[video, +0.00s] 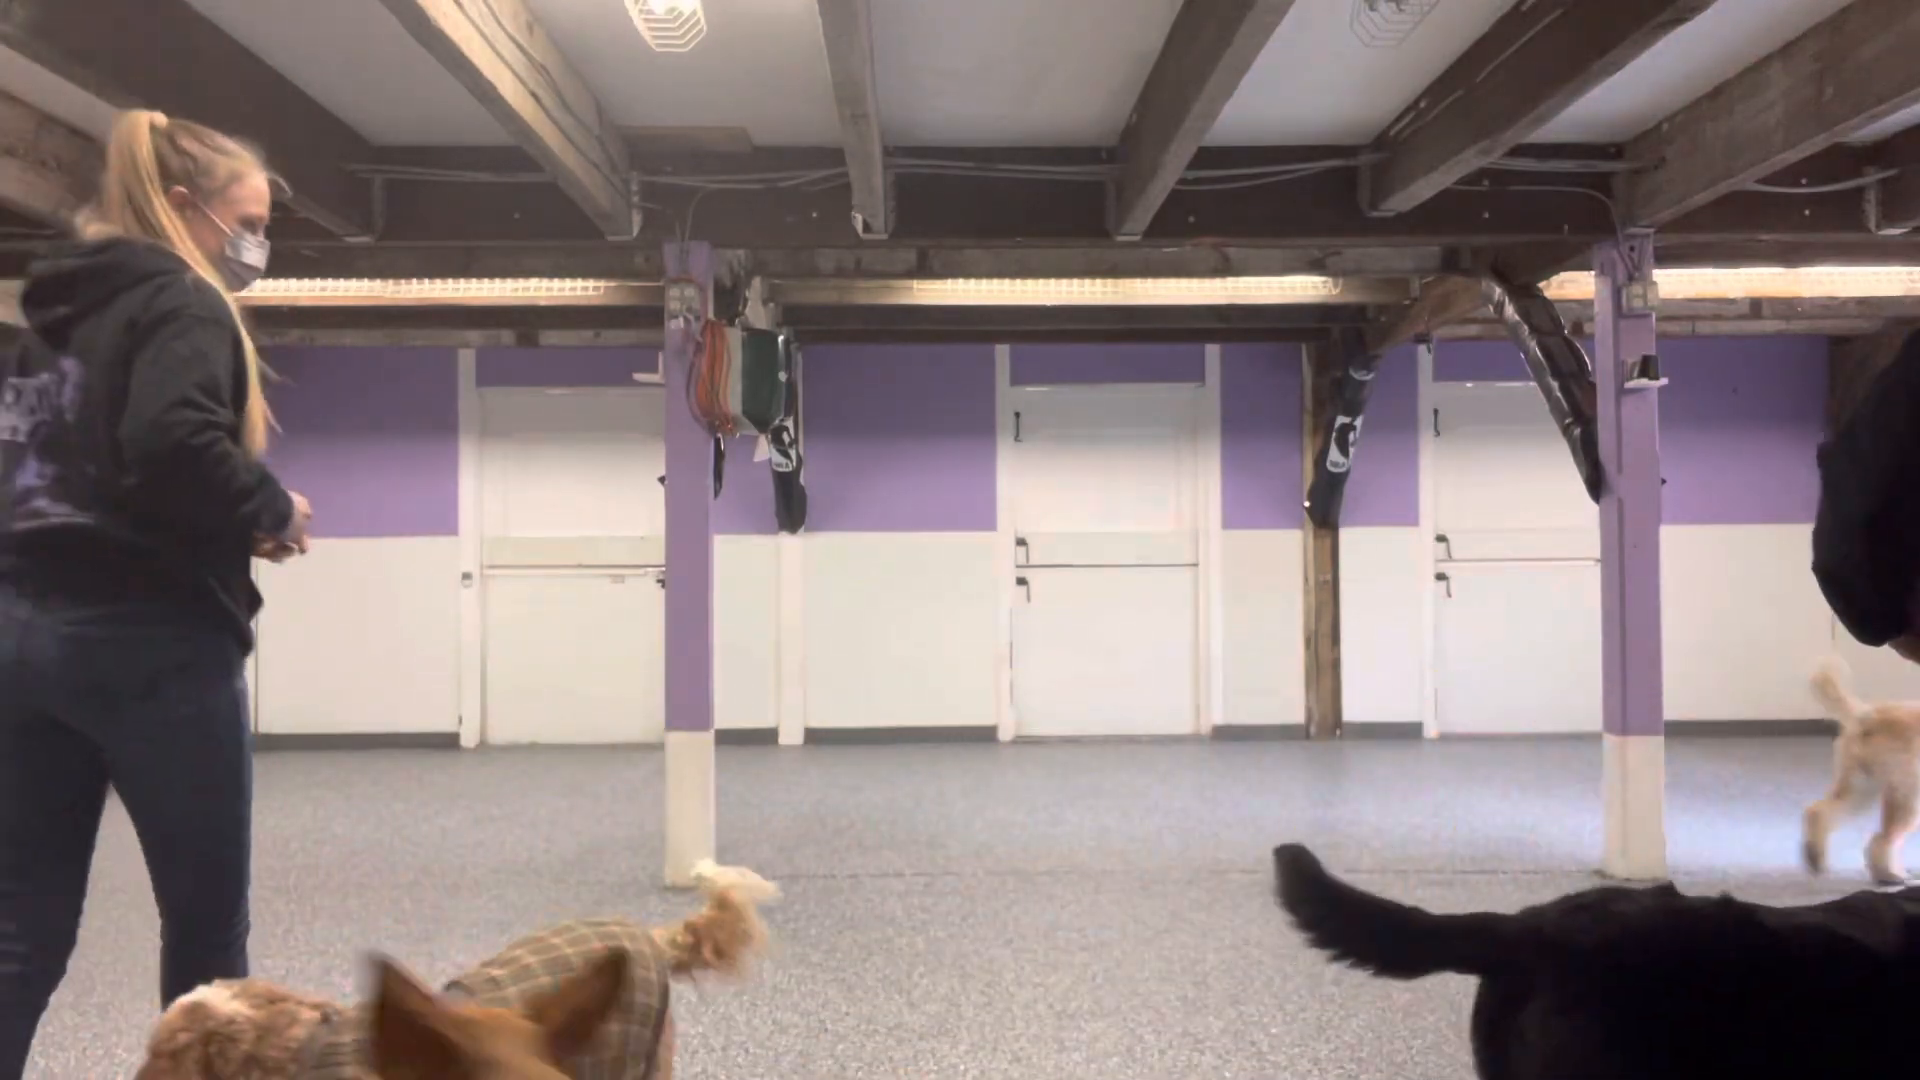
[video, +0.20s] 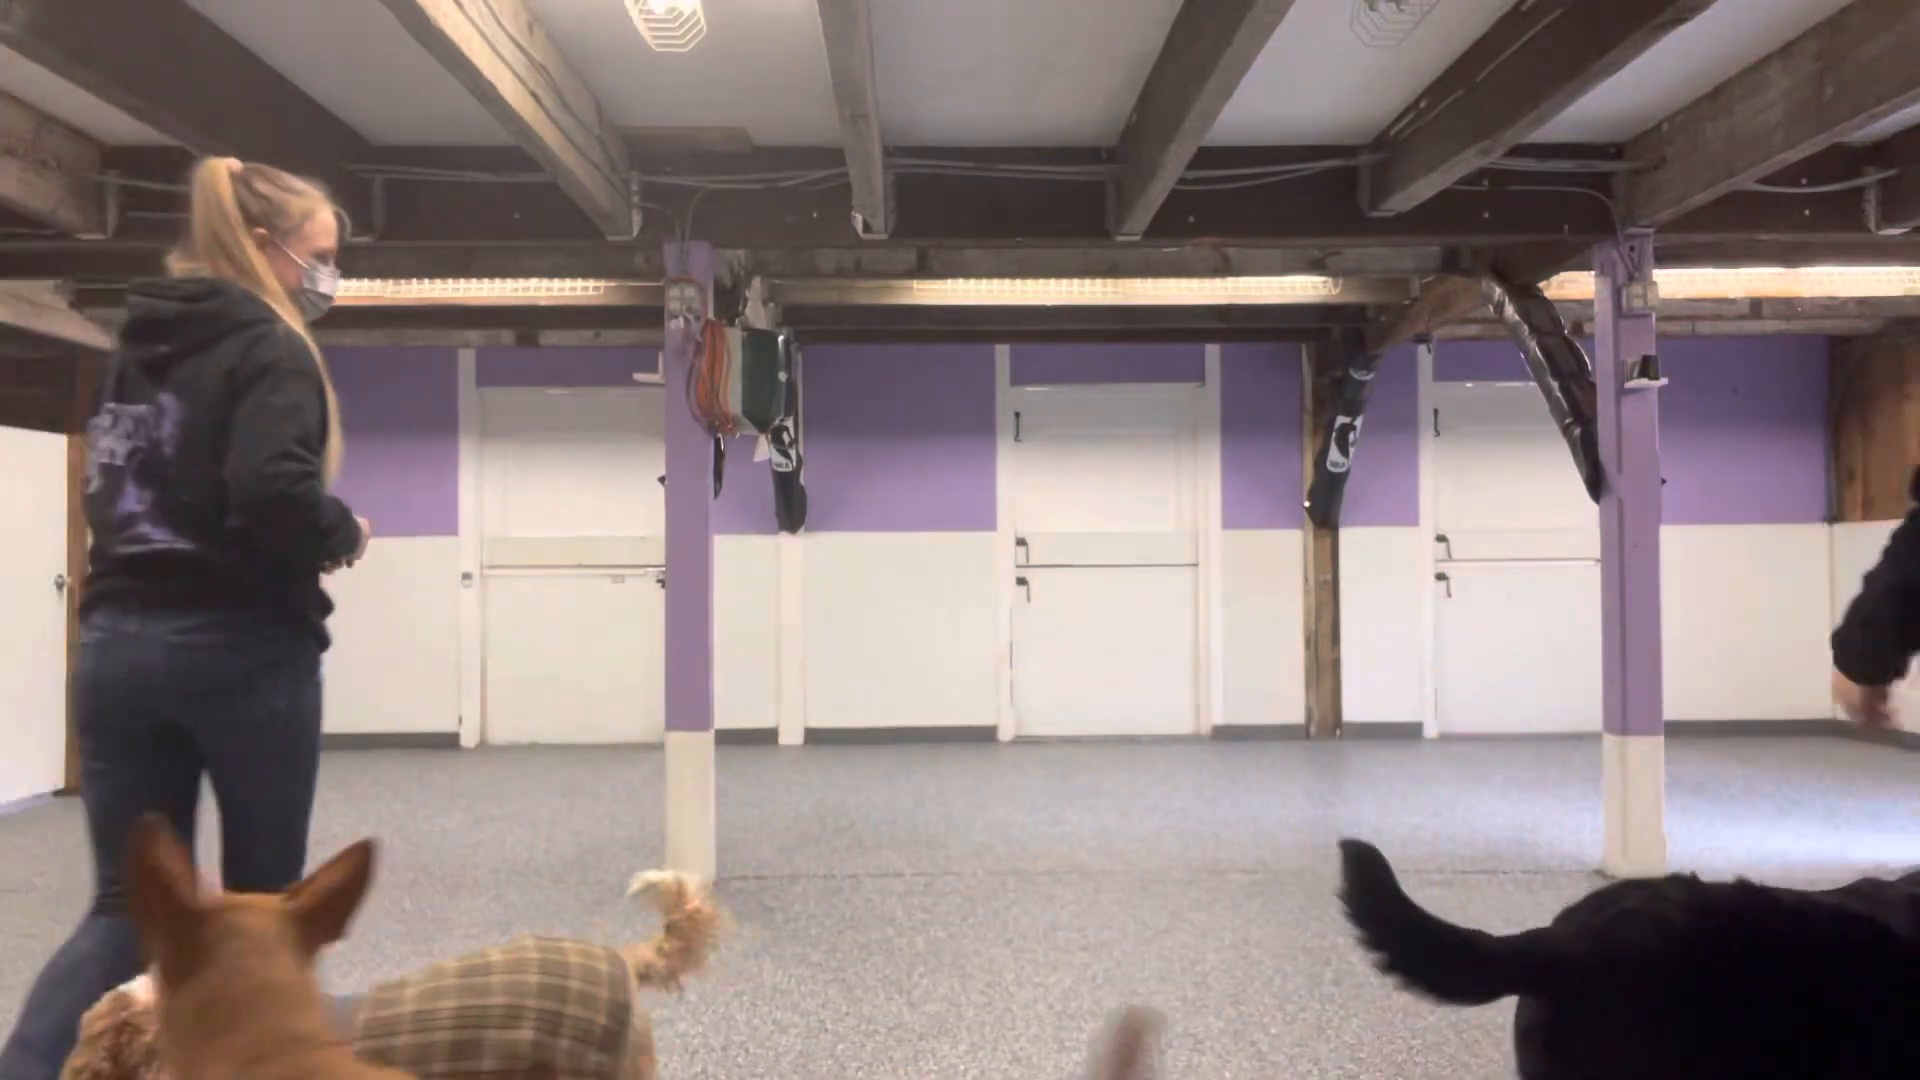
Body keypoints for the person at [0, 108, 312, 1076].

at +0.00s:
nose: (258, 252)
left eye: (263, 230)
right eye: (249, 226)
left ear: (168, 207)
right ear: (190, 206)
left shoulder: (54, 305)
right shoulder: (186, 305)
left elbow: (35, 470)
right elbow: (172, 438)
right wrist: (272, 510)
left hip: (28, 645)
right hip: (154, 651)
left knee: (21, 941)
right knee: (207, 940)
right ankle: (207, 1079)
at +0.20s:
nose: (325, 282)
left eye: (330, 262)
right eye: (319, 259)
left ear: (228, 243)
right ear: (271, 248)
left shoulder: (137, 350)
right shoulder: (274, 349)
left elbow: (105, 504)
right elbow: (269, 494)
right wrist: (343, 532)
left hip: (119, 648)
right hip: (244, 654)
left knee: (125, 908)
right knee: (260, 920)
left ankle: (26, 1063)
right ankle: (246, 1074)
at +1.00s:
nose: (520, 325)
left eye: (516, 312)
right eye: (511, 313)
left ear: (453, 321)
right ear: (473, 322)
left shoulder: (408, 387)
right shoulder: (469, 391)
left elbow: (391, 500)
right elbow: (457, 493)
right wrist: (527, 528)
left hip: (378, 612)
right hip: (443, 620)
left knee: (403, 798)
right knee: (517, 778)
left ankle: (358, 970)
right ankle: (517, 964)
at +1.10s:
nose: (550, 342)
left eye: (547, 328)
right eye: (542, 329)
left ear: (489, 337)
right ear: (507, 338)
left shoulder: (442, 400)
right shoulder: (503, 406)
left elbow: (425, 513)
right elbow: (487, 508)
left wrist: (530, 530)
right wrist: (555, 542)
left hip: (407, 619)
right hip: (471, 627)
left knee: (421, 799)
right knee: (537, 790)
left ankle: (362, 972)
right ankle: (584, 936)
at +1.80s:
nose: (688, 359)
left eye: (687, 347)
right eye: (683, 347)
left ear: (632, 349)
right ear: (655, 350)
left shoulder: (592, 410)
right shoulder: (652, 414)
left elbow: (582, 509)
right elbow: (648, 513)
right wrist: (693, 529)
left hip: (566, 594)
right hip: (619, 602)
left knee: (596, 758)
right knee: (638, 766)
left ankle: (582, 914)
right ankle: (622, 934)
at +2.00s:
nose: (683, 355)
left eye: (682, 344)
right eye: (678, 344)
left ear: (631, 345)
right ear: (648, 346)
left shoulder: (601, 406)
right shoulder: (637, 412)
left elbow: (600, 511)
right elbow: (625, 509)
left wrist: (663, 524)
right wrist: (691, 524)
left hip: (576, 593)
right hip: (618, 601)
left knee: (598, 758)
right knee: (638, 765)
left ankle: (573, 921)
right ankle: (615, 931)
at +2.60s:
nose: (668, 355)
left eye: (668, 344)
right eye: (663, 344)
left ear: (625, 343)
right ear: (631, 345)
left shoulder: (598, 401)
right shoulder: (620, 407)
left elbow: (601, 507)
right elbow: (615, 509)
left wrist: (672, 514)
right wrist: (682, 519)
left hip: (582, 593)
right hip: (614, 599)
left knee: (589, 754)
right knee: (621, 761)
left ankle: (569, 880)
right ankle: (605, 890)